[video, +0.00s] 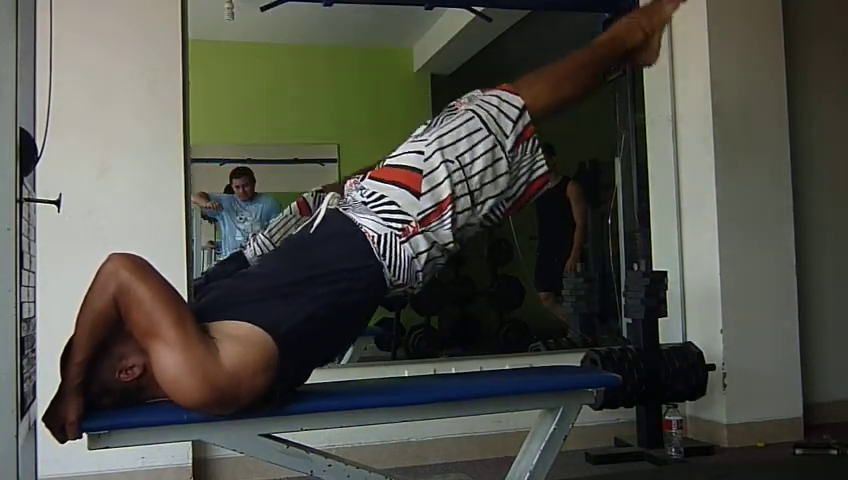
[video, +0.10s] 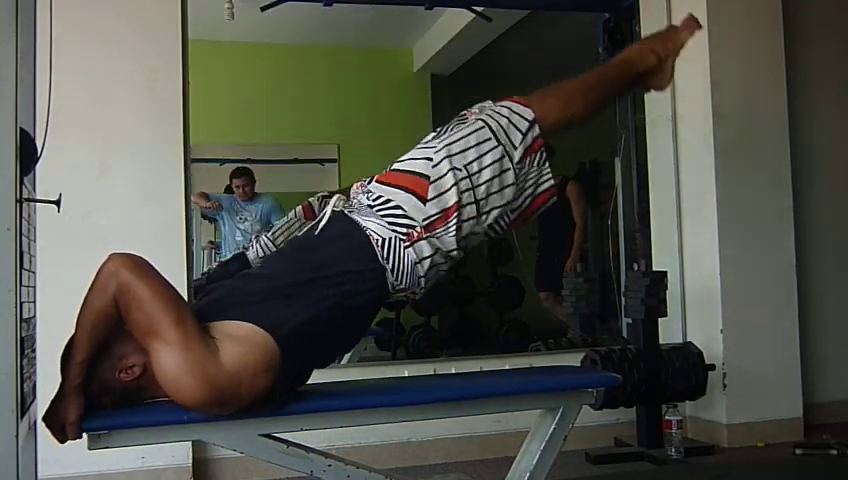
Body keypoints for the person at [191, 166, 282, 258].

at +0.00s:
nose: (242, 191)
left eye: (246, 186)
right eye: (237, 187)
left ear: (254, 184)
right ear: (232, 187)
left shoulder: (269, 203)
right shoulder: (225, 202)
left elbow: (278, 232)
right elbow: (195, 197)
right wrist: (206, 203)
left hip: (261, 261)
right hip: (231, 263)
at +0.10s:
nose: (242, 192)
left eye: (246, 186)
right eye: (237, 188)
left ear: (254, 184)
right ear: (232, 188)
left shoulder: (268, 203)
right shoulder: (225, 202)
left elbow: (283, 229)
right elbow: (195, 197)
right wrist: (206, 203)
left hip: (260, 260)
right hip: (230, 261)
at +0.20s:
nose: (242, 191)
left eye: (246, 186)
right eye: (237, 187)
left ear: (254, 184)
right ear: (232, 187)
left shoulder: (268, 203)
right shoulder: (225, 202)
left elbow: (280, 231)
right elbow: (195, 197)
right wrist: (206, 203)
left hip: (259, 260)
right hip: (230, 262)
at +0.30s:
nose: (242, 191)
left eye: (245, 186)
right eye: (237, 187)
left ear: (254, 184)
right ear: (232, 187)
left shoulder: (268, 203)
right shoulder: (225, 202)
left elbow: (281, 232)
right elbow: (195, 197)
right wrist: (206, 203)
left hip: (260, 263)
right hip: (230, 265)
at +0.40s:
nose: (242, 191)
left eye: (245, 186)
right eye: (237, 187)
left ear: (254, 184)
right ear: (232, 187)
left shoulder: (269, 203)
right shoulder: (225, 202)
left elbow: (281, 232)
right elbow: (195, 197)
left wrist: (268, 250)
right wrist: (206, 203)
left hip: (260, 264)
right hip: (231, 266)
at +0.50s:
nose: (242, 191)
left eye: (246, 186)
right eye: (237, 187)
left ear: (254, 184)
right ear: (232, 187)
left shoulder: (269, 203)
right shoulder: (224, 202)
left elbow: (281, 233)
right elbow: (196, 197)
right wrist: (206, 203)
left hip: (262, 264)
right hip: (232, 266)